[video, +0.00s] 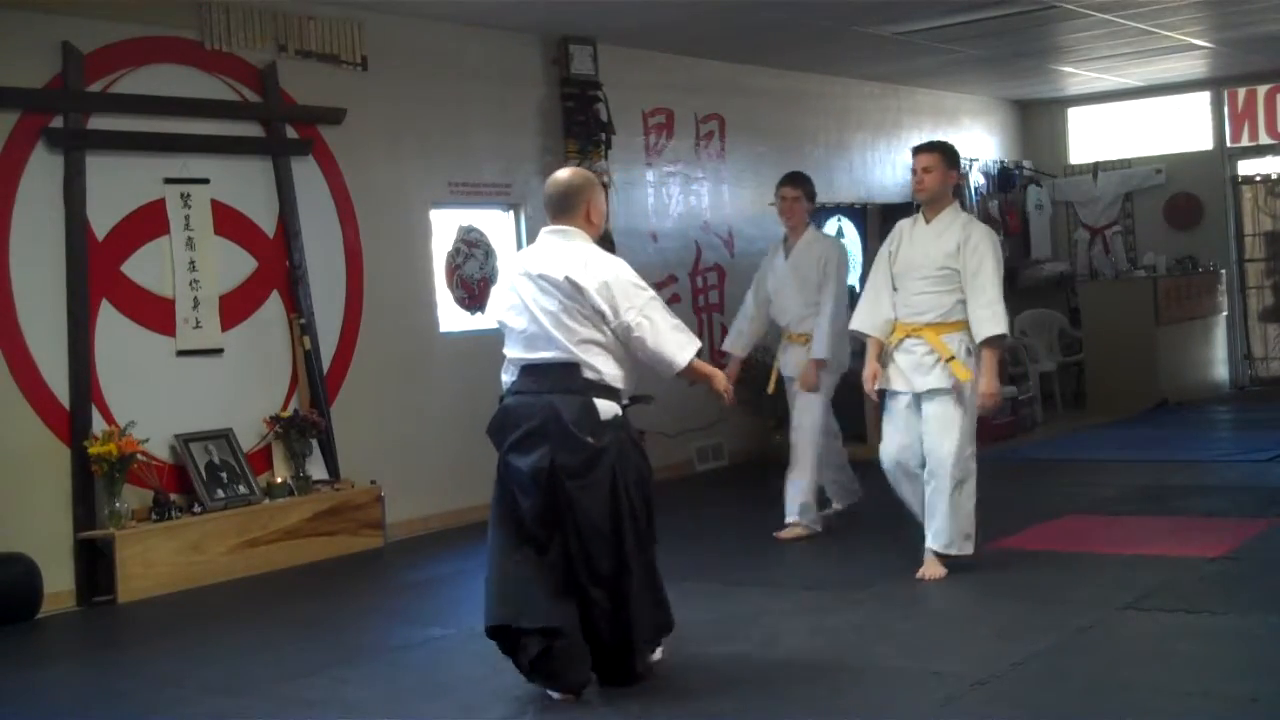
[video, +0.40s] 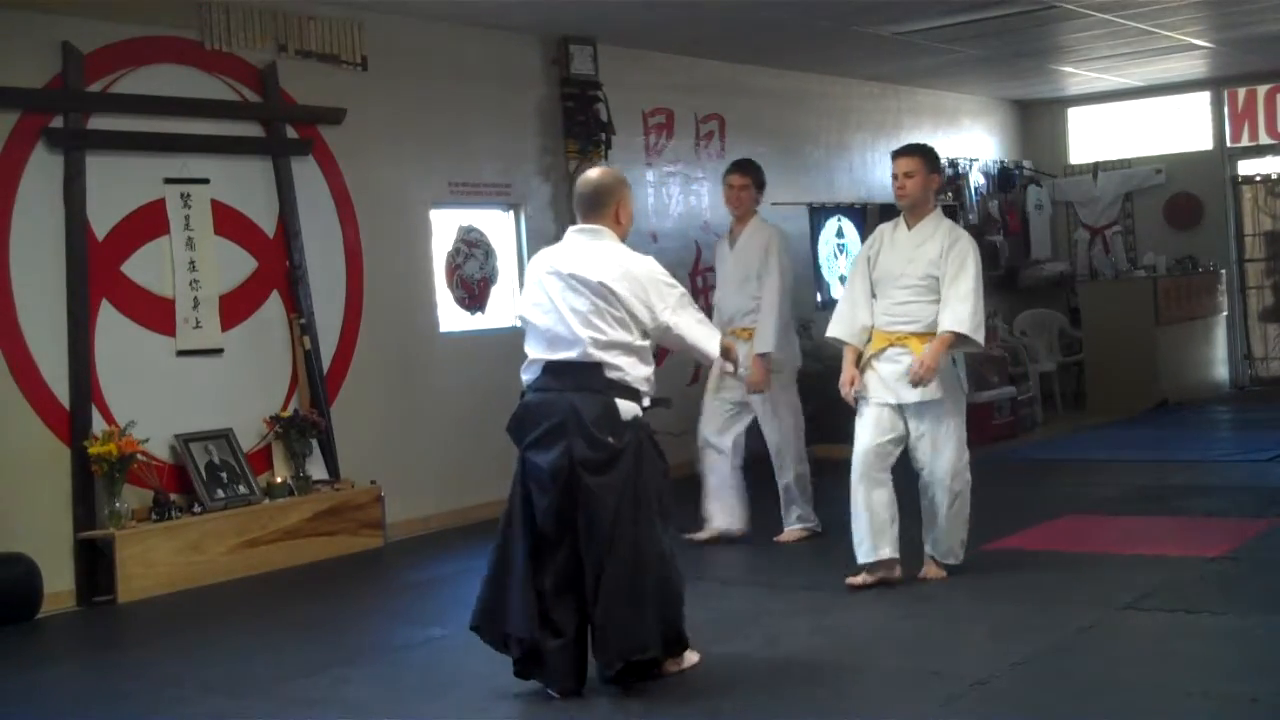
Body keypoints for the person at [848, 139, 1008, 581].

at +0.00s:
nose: (917, 179)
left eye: (926, 172)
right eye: (914, 172)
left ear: (952, 178)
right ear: (913, 178)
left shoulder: (974, 234)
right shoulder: (901, 232)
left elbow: (987, 304)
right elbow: (880, 295)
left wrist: (989, 370)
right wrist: (871, 355)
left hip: (949, 355)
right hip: (900, 356)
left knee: (945, 456)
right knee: (895, 455)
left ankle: (937, 551)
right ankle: (942, 523)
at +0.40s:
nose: (899, 184)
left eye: (908, 176)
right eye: (895, 177)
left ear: (934, 182)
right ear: (892, 183)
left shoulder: (956, 241)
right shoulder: (879, 239)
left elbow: (962, 306)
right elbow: (857, 304)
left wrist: (936, 351)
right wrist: (849, 362)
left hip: (932, 362)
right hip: (880, 365)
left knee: (942, 466)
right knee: (867, 460)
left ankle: (938, 556)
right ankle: (881, 559)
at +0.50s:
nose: (891, 188)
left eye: (900, 180)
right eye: (887, 181)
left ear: (926, 185)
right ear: (885, 187)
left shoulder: (948, 245)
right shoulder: (872, 243)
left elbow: (949, 310)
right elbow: (851, 307)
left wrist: (916, 349)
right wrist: (844, 364)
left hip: (928, 367)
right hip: (873, 370)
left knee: (940, 471)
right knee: (859, 465)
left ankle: (939, 556)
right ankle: (883, 563)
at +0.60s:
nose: (879, 190)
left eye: (888, 181)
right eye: (875, 182)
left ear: (914, 186)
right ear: (873, 188)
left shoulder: (936, 245)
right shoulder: (863, 245)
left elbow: (928, 308)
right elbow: (843, 311)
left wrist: (889, 341)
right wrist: (837, 367)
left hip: (918, 373)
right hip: (865, 376)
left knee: (934, 474)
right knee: (856, 469)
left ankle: (941, 555)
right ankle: (884, 567)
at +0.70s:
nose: (865, 191)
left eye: (874, 183)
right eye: (861, 184)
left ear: (901, 187)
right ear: (859, 190)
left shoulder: (921, 245)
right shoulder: (852, 248)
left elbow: (905, 312)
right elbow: (833, 315)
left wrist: (858, 333)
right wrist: (830, 367)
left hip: (905, 370)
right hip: (855, 372)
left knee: (918, 477)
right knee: (853, 475)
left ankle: (934, 553)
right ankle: (885, 570)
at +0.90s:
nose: (837, 203)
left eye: (846, 194)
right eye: (833, 195)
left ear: (875, 197)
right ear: (832, 199)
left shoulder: (896, 255)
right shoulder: (833, 256)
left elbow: (862, 309)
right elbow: (816, 317)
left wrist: (811, 324)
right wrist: (814, 370)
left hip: (885, 377)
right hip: (838, 378)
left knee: (860, 470)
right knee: (830, 478)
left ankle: (901, 570)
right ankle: (867, 573)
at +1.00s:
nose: (825, 206)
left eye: (835, 197)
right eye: (822, 198)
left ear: (863, 200)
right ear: (821, 201)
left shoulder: (882, 258)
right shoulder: (825, 255)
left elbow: (842, 312)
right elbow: (814, 313)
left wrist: (790, 319)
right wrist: (808, 373)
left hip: (875, 380)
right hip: (833, 379)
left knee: (843, 475)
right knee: (825, 480)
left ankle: (853, 588)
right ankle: (884, 569)